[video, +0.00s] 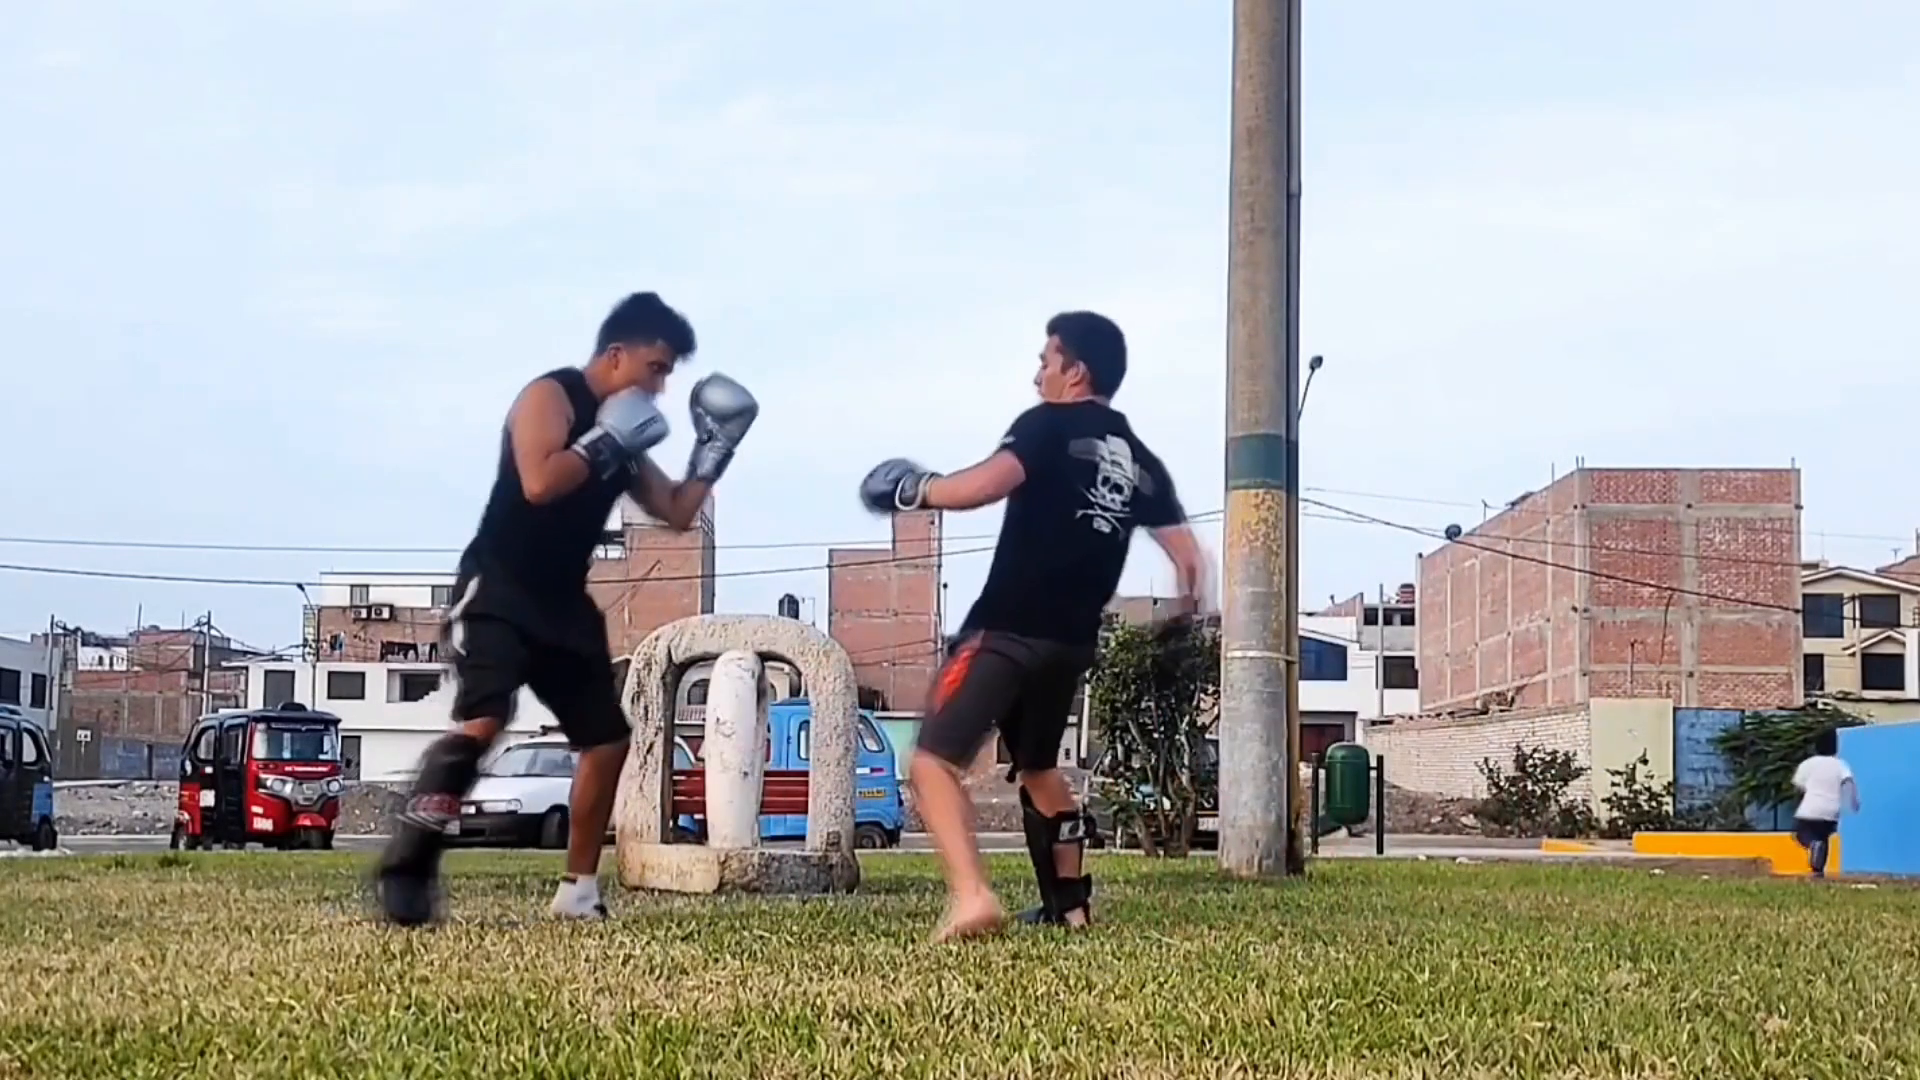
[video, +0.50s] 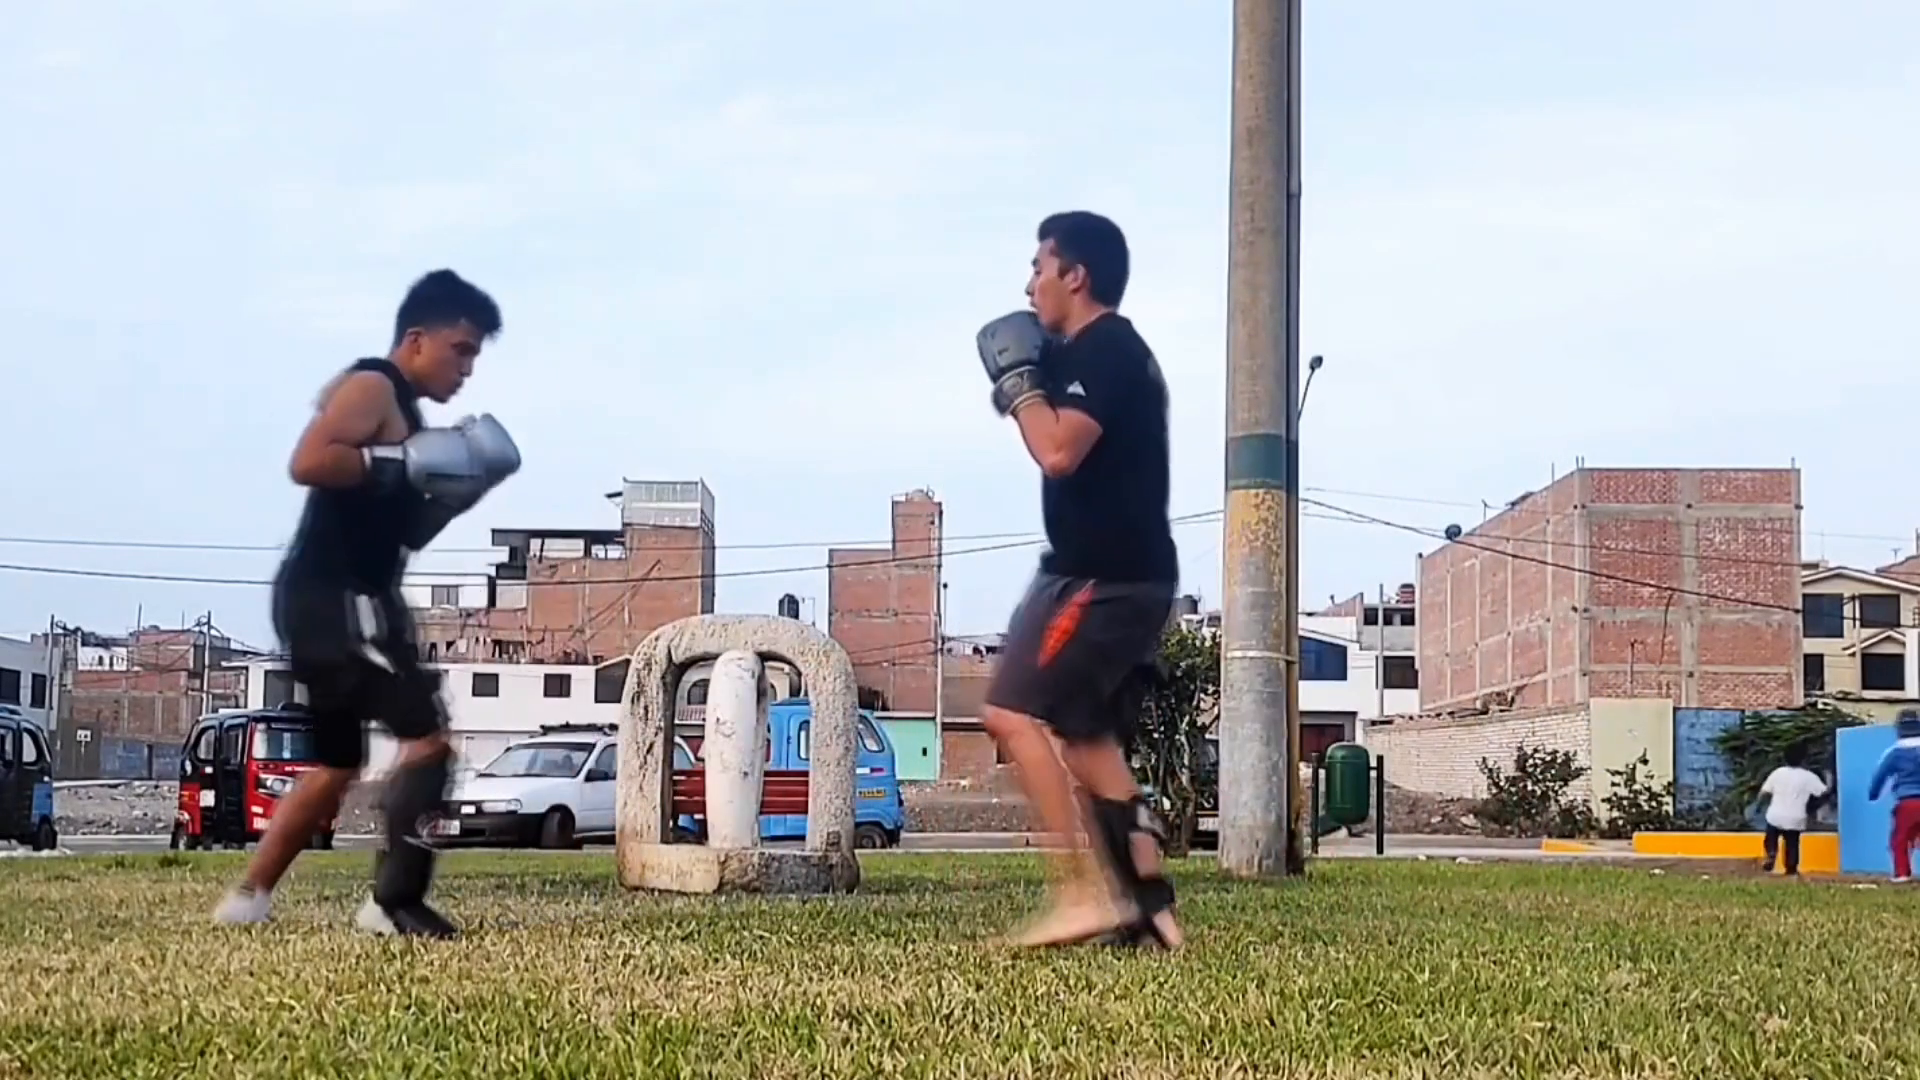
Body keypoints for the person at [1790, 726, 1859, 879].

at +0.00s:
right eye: (1832, 744)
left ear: (1817, 747)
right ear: (1834, 747)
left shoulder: (1809, 763)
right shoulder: (1840, 764)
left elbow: (1797, 783)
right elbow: (1849, 782)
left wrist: (1809, 790)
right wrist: (1854, 801)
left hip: (1810, 804)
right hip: (1831, 806)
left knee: (1801, 830)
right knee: (1823, 838)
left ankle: (1812, 844)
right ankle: (1818, 870)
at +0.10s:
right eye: (1825, 745)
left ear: (1807, 746)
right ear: (1823, 747)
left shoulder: (1796, 762)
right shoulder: (1830, 764)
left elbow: (1783, 779)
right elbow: (1838, 785)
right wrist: (1842, 806)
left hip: (1800, 808)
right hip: (1823, 809)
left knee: (1790, 831)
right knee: (1821, 841)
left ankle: (1796, 856)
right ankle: (1818, 866)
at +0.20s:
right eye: (1815, 747)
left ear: (1798, 748)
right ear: (1815, 749)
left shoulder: (1790, 762)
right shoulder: (1819, 765)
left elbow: (1770, 772)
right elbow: (1830, 785)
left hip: (1792, 809)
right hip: (1813, 809)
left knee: (1788, 843)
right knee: (1818, 840)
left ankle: (1783, 870)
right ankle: (1816, 855)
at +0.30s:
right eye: (1805, 750)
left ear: (1790, 752)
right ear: (1807, 753)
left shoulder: (1782, 768)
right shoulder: (1812, 770)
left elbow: (1762, 779)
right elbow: (1821, 791)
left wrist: (1751, 783)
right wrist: (1834, 800)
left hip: (1784, 815)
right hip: (1805, 815)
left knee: (1781, 845)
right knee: (1808, 839)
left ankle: (1782, 870)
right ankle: (1806, 859)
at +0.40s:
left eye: (1791, 751)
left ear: (1788, 752)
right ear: (1805, 753)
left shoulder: (1780, 767)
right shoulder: (1811, 770)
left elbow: (1765, 787)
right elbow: (1818, 792)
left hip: (1779, 811)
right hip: (1800, 813)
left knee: (1773, 835)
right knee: (1797, 842)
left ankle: (1778, 857)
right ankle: (1796, 868)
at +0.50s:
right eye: (1801, 756)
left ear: (1786, 757)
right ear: (1802, 759)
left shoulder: (1778, 773)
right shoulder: (1807, 776)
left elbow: (1764, 791)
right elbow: (1823, 792)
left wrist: (1758, 806)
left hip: (1775, 817)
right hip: (1795, 818)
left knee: (1771, 835)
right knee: (1792, 845)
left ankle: (1770, 856)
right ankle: (1791, 869)